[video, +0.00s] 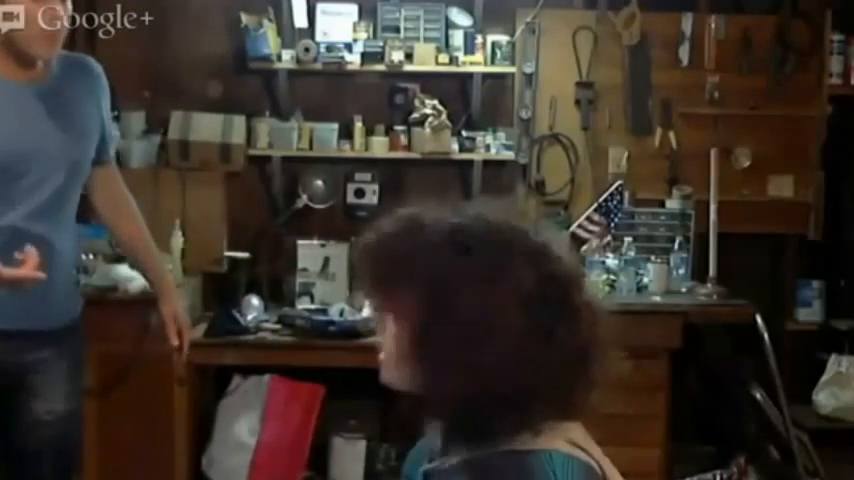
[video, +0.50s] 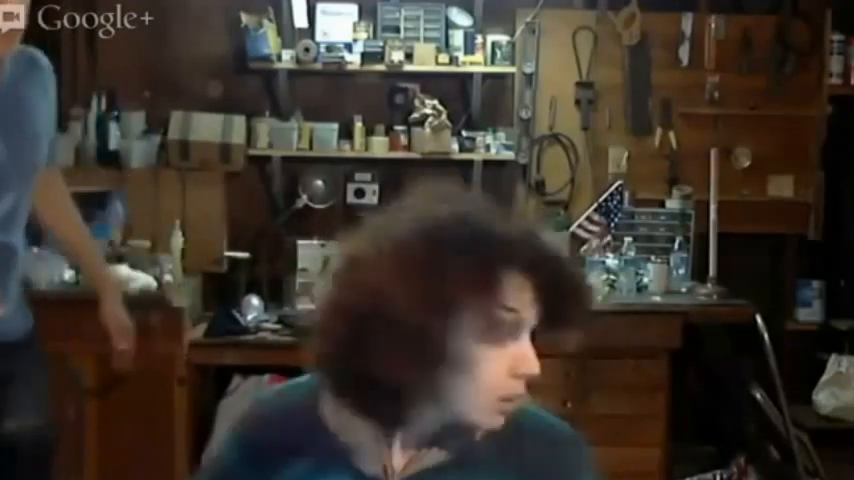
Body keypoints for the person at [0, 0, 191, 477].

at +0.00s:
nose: (57, 13)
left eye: (63, 2)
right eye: (40, 2)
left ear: (72, 9)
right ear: (4, 11)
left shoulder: (85, 77)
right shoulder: (3, 82)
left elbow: (105, 181)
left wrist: (164, 284)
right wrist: (4, 266)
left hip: (54, 329)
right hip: (6, 329)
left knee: (53, 469)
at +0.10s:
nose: (50, 15)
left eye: (55, 4)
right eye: (33, 4)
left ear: (64, 11)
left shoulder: (71, 79)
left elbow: (91, 189)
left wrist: (151, 288)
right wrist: (2, 271)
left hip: (45, 330)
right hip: (7, 331)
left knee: (54, 465)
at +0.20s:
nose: (39, 16)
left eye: (46, 3)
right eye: (21, 4)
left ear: (57, 11)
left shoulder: (63, 79)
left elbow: (83, 192)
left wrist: (141, 285)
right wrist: (3, 273)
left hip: (37, 327)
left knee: (49, 462)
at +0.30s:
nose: (39, 16)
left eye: (46, 3)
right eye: (21, 4)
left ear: (57, 11)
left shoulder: (63, 79)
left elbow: (83, 192)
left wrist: (141, 285)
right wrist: (3, 273)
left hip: (37, 327)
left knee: (48, 462)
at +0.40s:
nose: (13, 16)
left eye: (20, 9)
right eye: (6, 9)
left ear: (29, 14)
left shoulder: (30, 73)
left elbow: (41, 177)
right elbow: (43, 179)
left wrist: (105, 283)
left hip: (10, 330)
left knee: (29, 459)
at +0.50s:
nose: (14, 17)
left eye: (20, 9)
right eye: (6, 9)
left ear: (30, 14)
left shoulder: (30, 73)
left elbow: (40, 177)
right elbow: (43, 179)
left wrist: (105, 282)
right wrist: (104, 282)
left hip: (10, 329)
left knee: (29, 459)